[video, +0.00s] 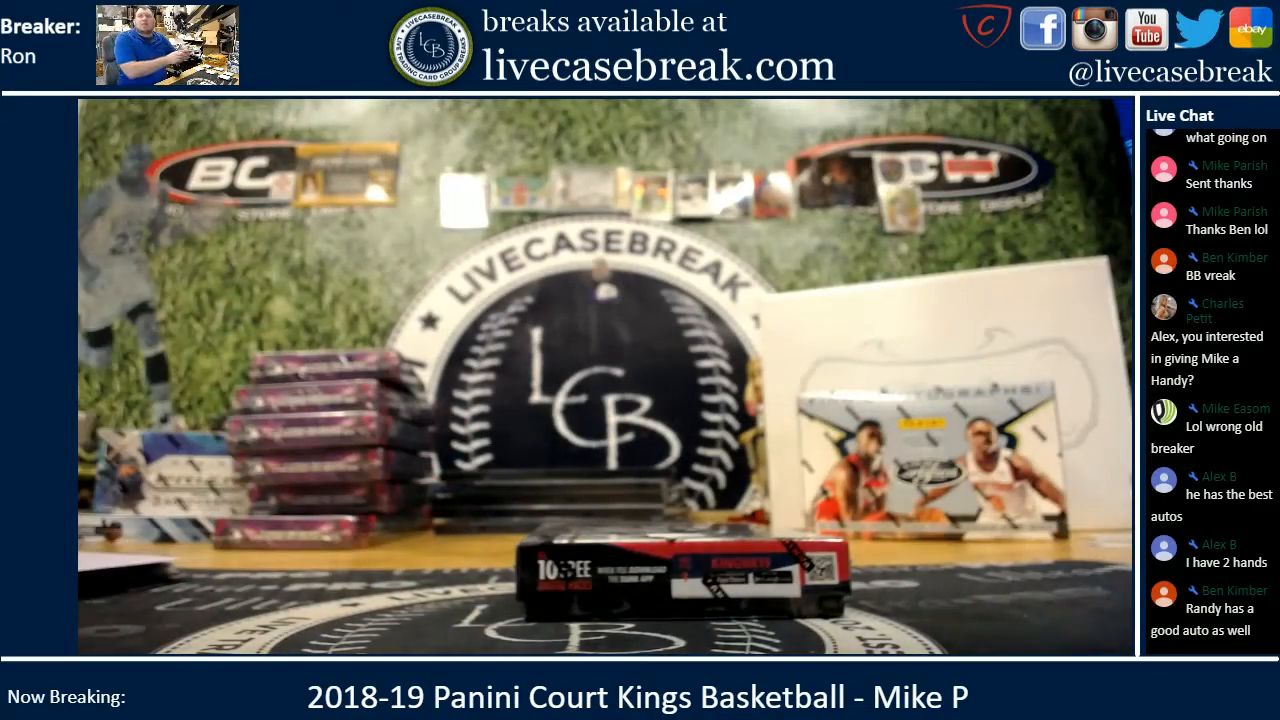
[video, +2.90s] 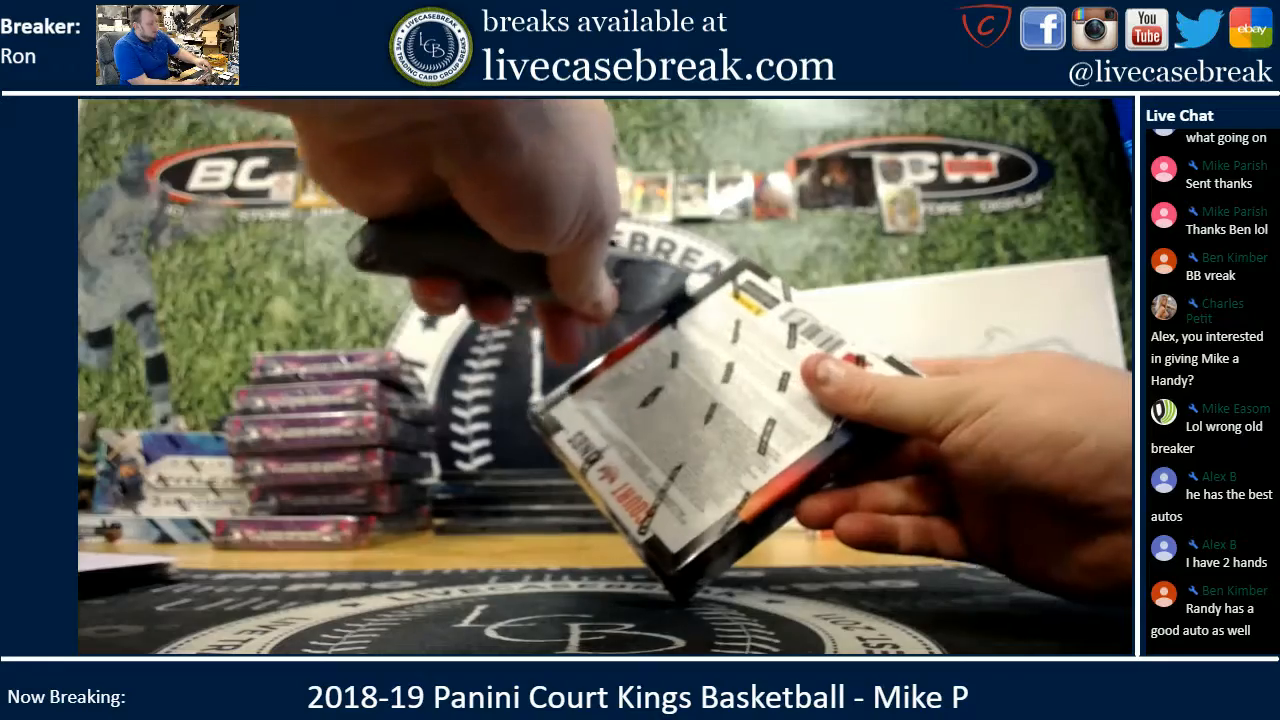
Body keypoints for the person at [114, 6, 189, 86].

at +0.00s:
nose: (144, 19)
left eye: (148, 16)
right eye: (140, 16)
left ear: (154, 21)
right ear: (134, 21)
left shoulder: (160, 38)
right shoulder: (124, 39)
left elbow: (172, 58)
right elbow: (131, 72)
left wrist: (181, 55)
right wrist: (167, 60)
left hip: (159, 92)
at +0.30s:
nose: (155, 25)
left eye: (157, 21)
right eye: (150, 21)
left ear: (159, 22)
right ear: (138, 22)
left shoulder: (160, 39)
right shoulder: (125, 43)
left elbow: (173, 57)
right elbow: (136, 78)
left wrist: (189, 56)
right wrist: (173, 71)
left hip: (160, 91)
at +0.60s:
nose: (157, 26)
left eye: (158, 22)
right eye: (153, 23)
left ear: (160, 22)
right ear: (139, 24)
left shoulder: (159, 38)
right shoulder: (126, 45)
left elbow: (173, 56)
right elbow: (140, 80)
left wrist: (190, 61)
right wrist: (181, 82)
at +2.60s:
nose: (157, 27)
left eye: (157, 22)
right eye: (151, 24)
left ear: (159, 22)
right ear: (136, 26)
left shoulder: (162, 38)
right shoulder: (124, 47)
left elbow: (179, 53)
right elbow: (142, 83)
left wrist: (196, 61)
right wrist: (182, 84)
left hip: (164, 94)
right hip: (137, 100)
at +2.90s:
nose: (156, 27)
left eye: (156, 22)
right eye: (150, 24)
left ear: (158, 21)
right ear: (136, 26)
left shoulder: (161, 37)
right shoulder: (124, 47)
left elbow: (179, 53)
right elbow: (142, 83)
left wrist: (196, 60)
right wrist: (182, 84)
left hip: (165, 92)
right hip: (139, 99)